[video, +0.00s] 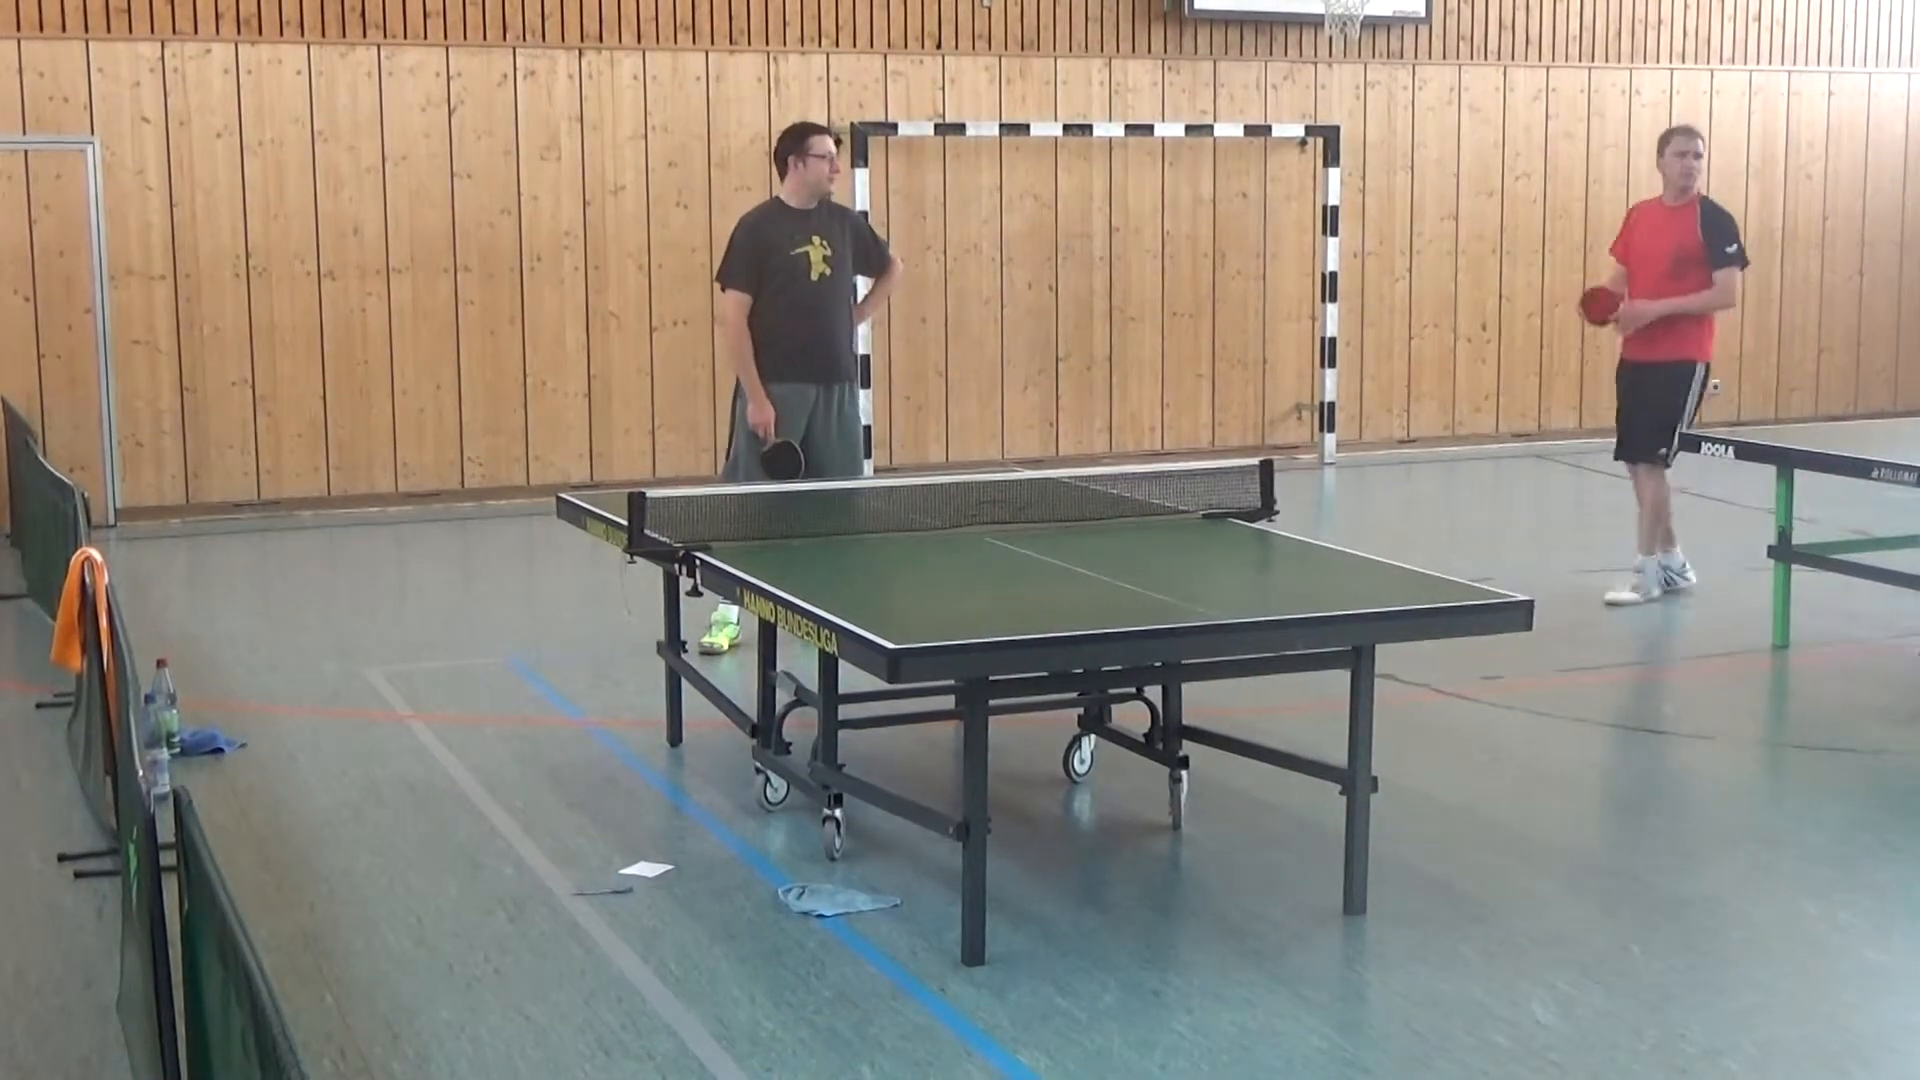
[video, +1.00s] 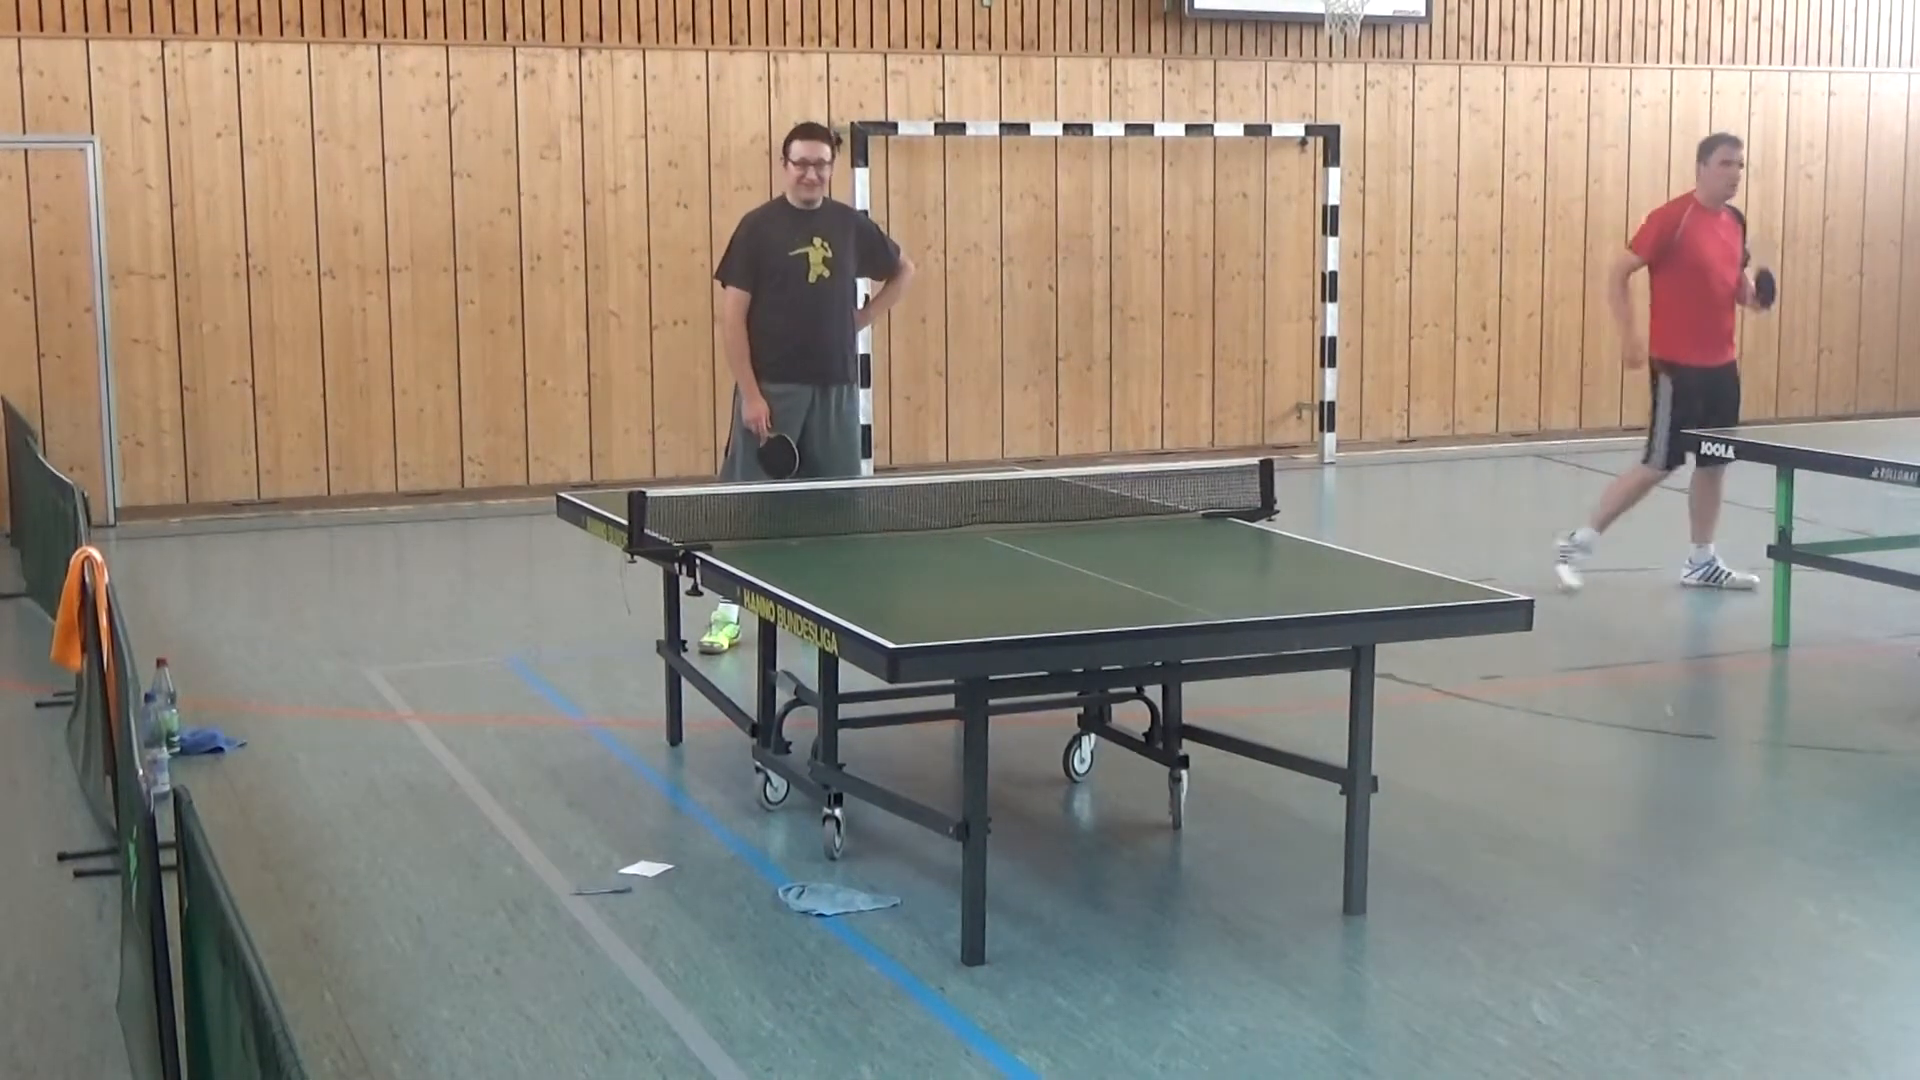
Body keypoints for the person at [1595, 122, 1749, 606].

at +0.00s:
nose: (1689, 162)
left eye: (1696, 156)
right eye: (1680, 154)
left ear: (1705, 164)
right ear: (1660, 161)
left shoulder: (1714, 219)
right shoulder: (1639, 215)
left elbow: (1727, 294)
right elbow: (1620, 279)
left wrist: (1654, 308)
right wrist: (1603, 304)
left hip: (1683, 357)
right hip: (1637, 354)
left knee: (1649, 460)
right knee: (1639, 462)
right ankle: (1673, 562)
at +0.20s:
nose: (1669, 167)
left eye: (1675, 160)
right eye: (1659, 159)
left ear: (1682, 167)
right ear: (1639, 164)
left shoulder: (1693, 224)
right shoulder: (1613, 215)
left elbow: (1707, 297)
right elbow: (1598, 280)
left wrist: (1643, 316)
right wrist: (1590, 308)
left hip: (1657, 362)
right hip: (1606, 357)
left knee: (1635, 464)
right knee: (1588, 458)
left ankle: (1634, 569)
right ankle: (1634, 544)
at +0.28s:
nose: (1661, 165)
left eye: (1666, 158)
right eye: (1651, 157)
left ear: (1671, 164)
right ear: (1628, 161)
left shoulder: (1683, 221)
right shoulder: (1600, 212)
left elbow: (1706, 292)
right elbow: (1584, 277)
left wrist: (1649, 315)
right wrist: (1578, 320)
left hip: (1651, 362)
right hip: (1599, 358)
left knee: (1636, 463)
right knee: (1585, 459)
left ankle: (1637, 570)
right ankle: (1587, 561)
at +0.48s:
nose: (1644, 168)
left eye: (1647, 160)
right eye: (1634, 160)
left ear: (1650, 165)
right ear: (1608, 167)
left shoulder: (1667, 219)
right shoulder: (1576, 223)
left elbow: (1702, 275)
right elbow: (1556, 294)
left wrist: (1677, 288)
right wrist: (1549, 363)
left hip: (1657, 369)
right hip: (1598, 368)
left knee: (1655, 467)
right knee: (1581, 464)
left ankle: (1644, 565)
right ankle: (1557, 557)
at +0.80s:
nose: (1696, 169)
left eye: (1698, 163)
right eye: (1687, 162)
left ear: (1694, 170)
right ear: (1658, 166)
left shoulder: (1695, 223)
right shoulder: (1620, 220)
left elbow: (1723, 283)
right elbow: (1577, 280)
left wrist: (1737, 259)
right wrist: (1553, 348)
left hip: (1678, 367)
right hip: (1622, 366)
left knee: (1690, 462)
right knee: (1593, 461)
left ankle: (1697, 558)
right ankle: (1555, 553)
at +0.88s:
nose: (1714, 172)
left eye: (1716, 164)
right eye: (1705, 163)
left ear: (1709, 171)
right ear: (1677, 168)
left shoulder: (1709, 225)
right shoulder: (1642, 220)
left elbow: (1729, 288)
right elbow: (1591, 279)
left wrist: (1751, 265)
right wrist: (1574, 348)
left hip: (1695, 369)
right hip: (1644, 370)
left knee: (1702, 464)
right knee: (1606, 465)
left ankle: (1701, 560)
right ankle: (1553, 551)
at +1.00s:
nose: (1736, 174)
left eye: (1740, 166)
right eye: (1727, 164)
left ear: (1741, 172)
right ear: (1701, 168)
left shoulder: (1734, 222)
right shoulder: (1671, 218)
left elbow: (1731, 280)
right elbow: (1618, 271)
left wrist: (1750, 294)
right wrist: (1628, 338)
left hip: (1721, 363)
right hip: (1676, 362)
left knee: (1712, 462)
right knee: (1660, 463)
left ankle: (1702, 561)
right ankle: (1579, 543)